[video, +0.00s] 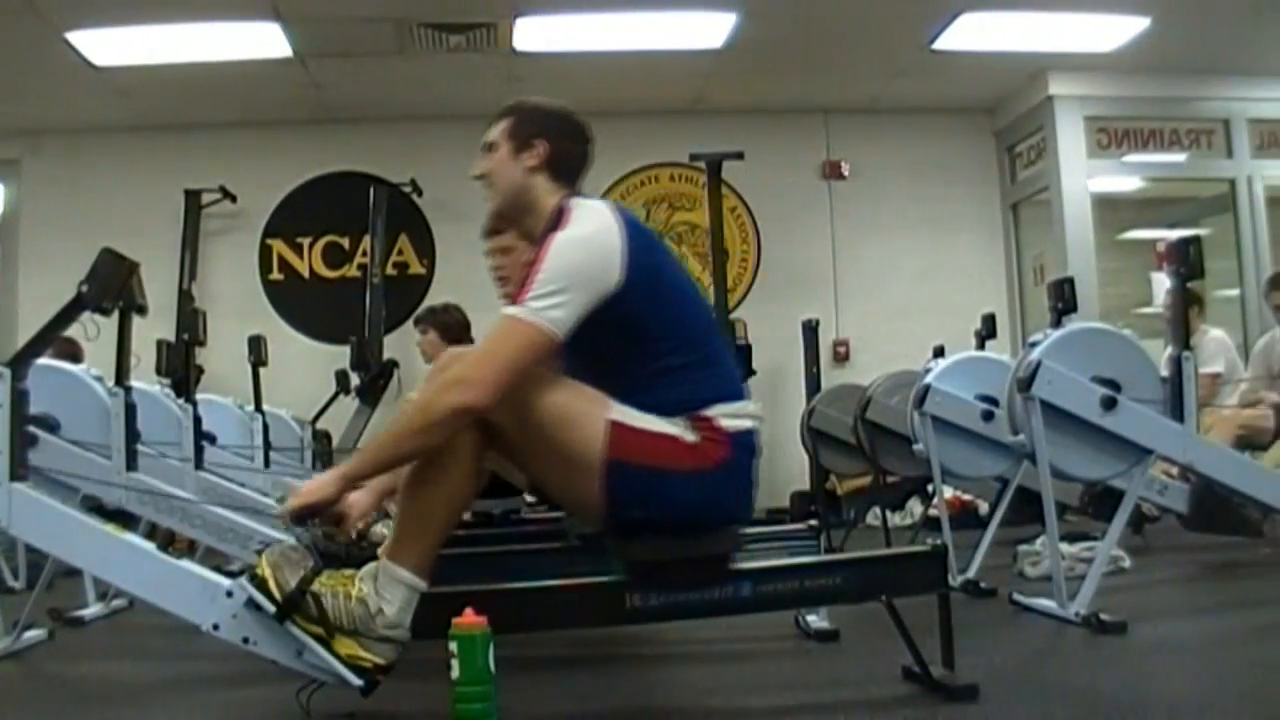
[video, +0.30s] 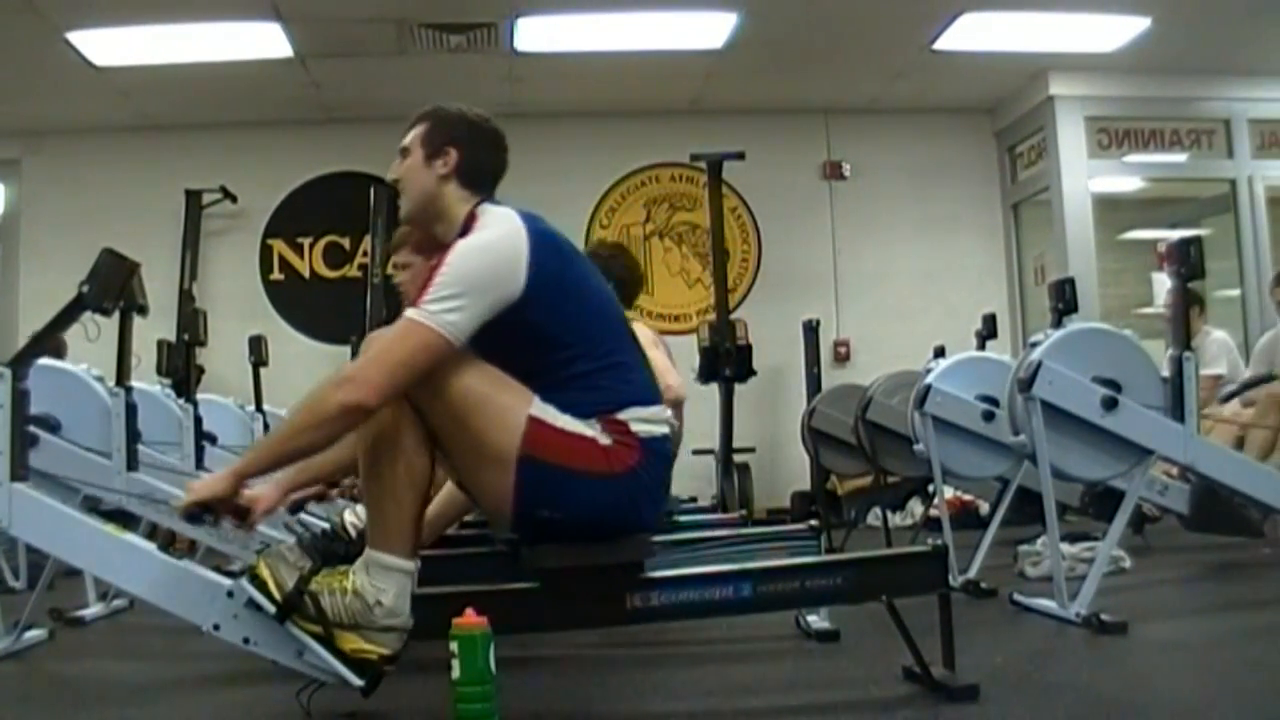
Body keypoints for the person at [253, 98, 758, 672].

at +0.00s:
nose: (479, 168)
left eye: (491, 151)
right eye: (482, 154)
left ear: (536, 157)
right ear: (535, 161)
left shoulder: (591, 234)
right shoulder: (570, 241)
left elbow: (469, 390)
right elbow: (477, 391)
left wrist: (341, 475)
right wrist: (373, 493)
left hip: (700, 462)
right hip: (670, 458)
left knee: (467, 382)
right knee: (465, 398)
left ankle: (385, 603)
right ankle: (384, 601)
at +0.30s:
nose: (393, 174)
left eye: (405, 156)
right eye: (397, 158)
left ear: (446, 163)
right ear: (451, 167)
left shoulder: (498, 242)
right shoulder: (493, 245)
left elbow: (364, 393)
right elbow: (391, 413)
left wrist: (232, 474)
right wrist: (280, 490)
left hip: (609, 471)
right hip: (596, 466)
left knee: (387, 356)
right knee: (402, 365)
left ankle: (382, 593)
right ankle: (385, 590)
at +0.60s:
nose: (414, 164)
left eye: (429, 146)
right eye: (419, 148)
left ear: (475, 156)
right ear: (476, 161)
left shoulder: (511, 236)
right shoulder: (496, 241)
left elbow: (354, 372)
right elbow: (373, 387)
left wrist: (217, 437)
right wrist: (263, 454)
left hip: (617, 470)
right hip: (593, 463)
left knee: (411, 360)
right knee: (402, 363)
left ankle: (382, 591)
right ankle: (381, 576)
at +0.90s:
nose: (543, 138)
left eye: (561, 123)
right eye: (550, 124)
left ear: (606, 140)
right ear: (598, 144)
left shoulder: (639, 225)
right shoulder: (603, 235)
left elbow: (502, 373)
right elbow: (500, 357)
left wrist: (345, 425)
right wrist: (369, 412)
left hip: (716, 458)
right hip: (674, 448)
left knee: (489, 362)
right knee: (474, 336)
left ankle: (391, 594)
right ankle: (389, 571)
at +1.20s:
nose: (683, 131)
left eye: (699, 115)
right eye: (689, 116)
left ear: (744, 129)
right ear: (736, 131)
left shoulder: (785, 215)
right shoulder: (743, 225)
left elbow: (635, 336)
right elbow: (634, 335)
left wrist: (482, 379)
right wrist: (493, 390)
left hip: (830, 447)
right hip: (785, 438)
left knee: (571, 432)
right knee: (553, 435)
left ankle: (392, 608)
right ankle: (383, 602)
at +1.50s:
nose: (799, 133)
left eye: (814, 117)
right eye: (802, 119)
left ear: (864, 125)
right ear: (846, 129)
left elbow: (783, 335)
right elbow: (753, 340)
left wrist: (621, 361)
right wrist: (619, 374)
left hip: (888, 444)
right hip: (837, 437)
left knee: (637, 507)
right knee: (617, 501)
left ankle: (400, 610)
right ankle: (398, 600)